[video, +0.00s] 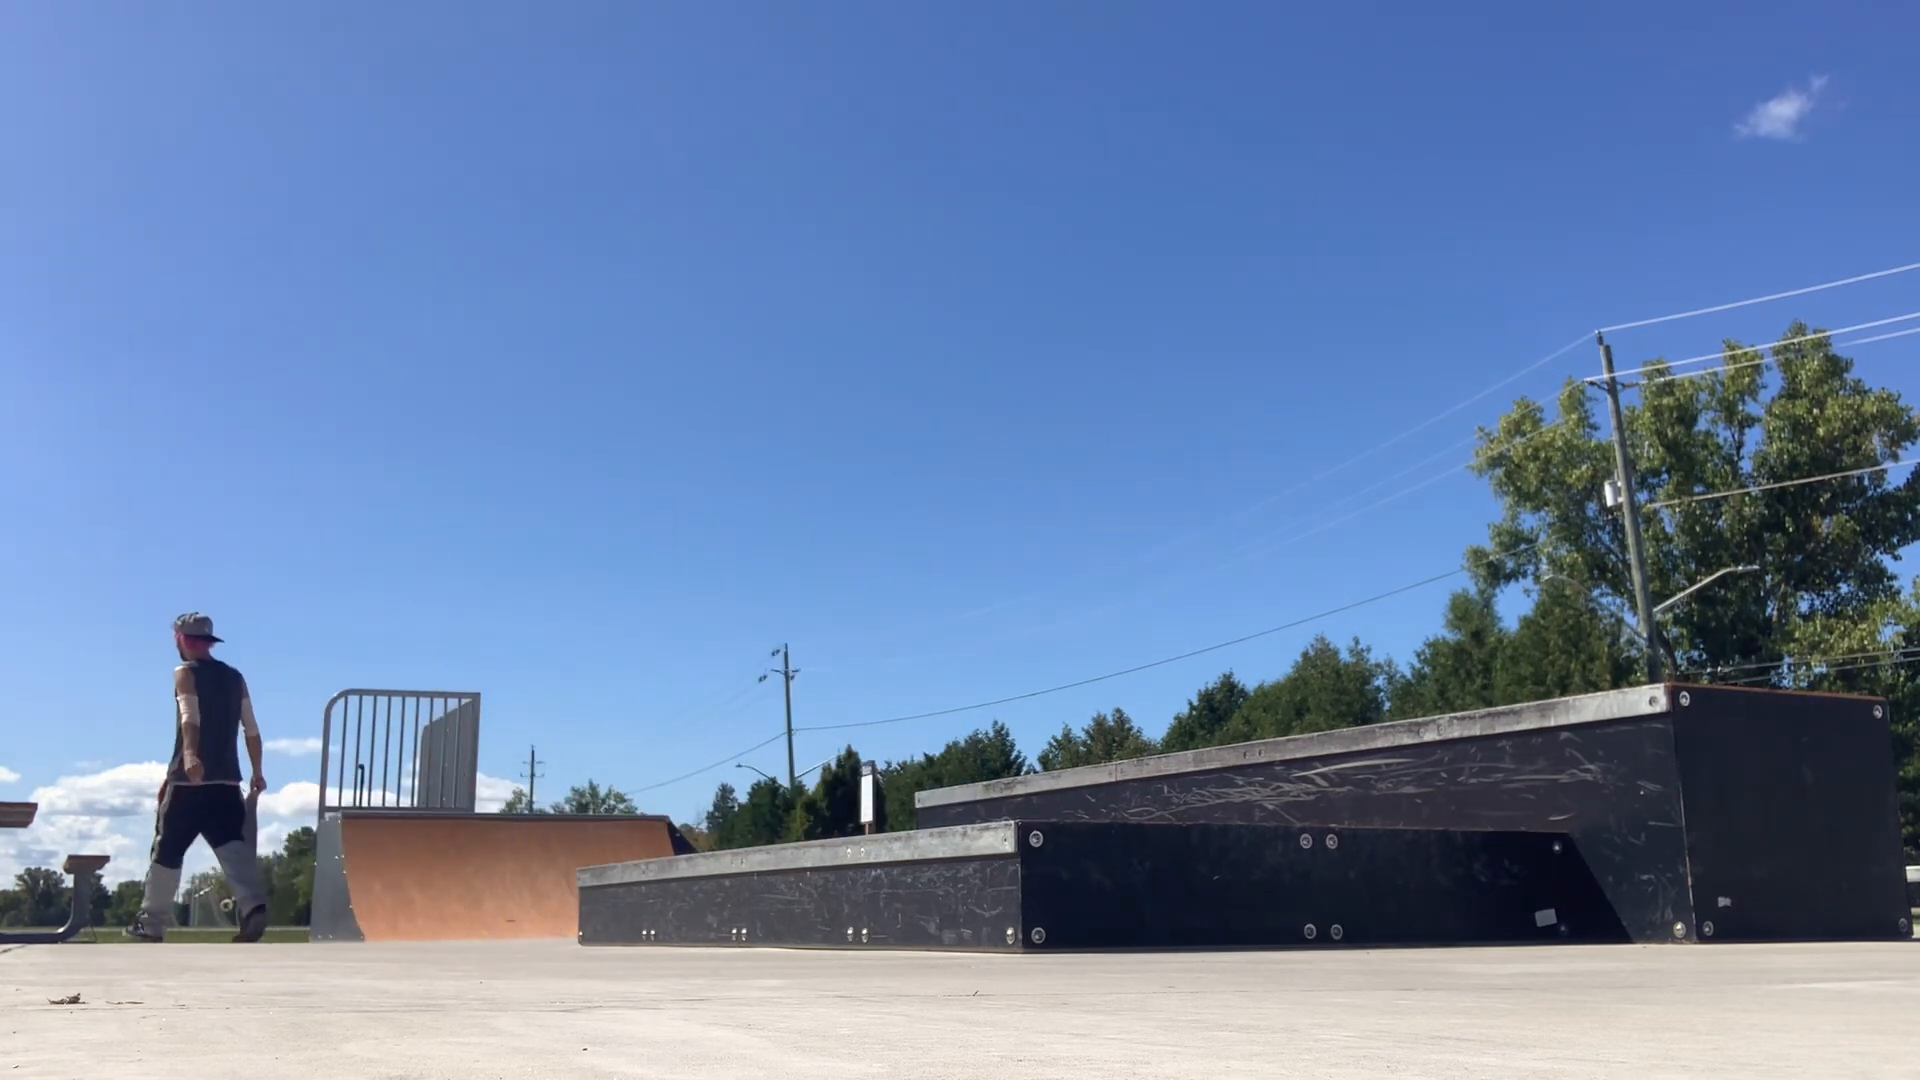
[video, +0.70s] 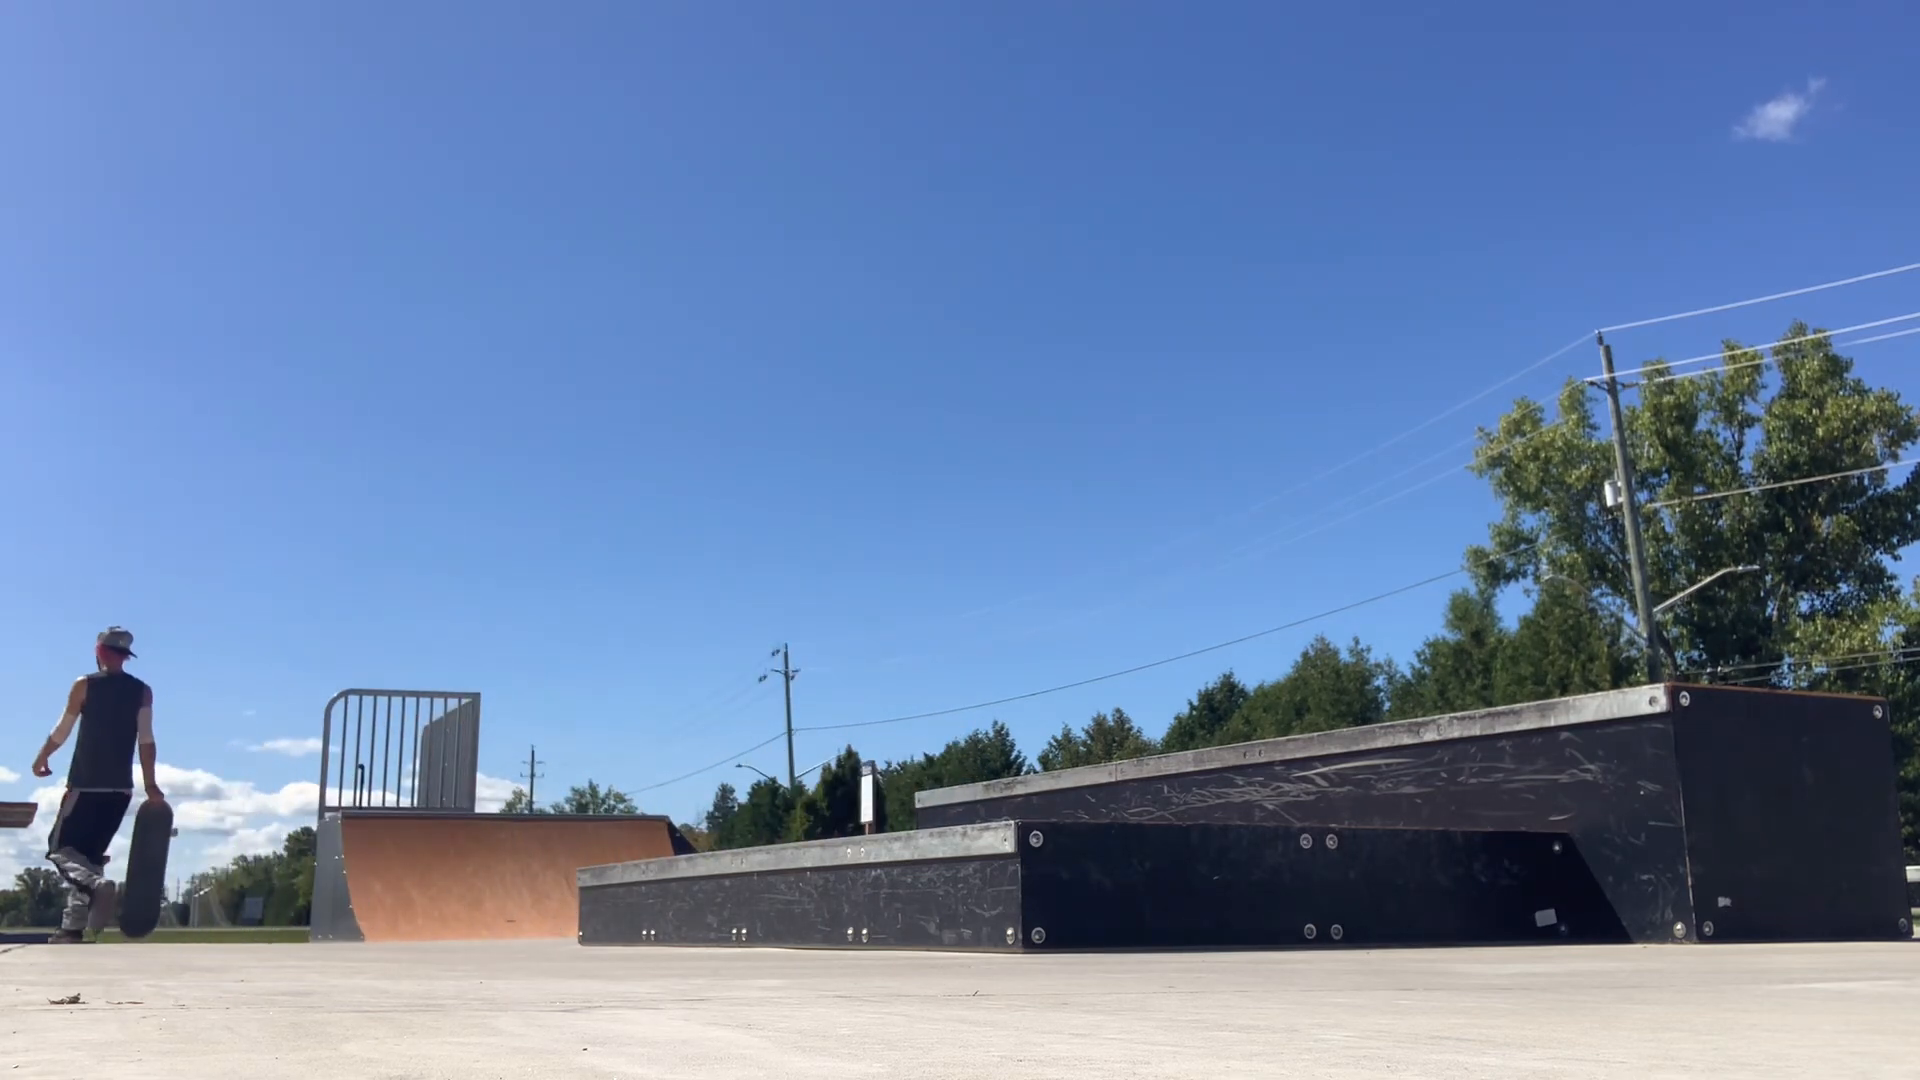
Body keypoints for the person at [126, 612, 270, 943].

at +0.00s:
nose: (178, 644)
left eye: (178, 639)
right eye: (180, 639)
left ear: (182, 640)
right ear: (210, 641)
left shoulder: (184, 673)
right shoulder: (235, 677)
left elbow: (190, 718)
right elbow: (251, 730)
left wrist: (190, 756)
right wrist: (257, 772)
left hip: (187, 782)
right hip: (225, 783)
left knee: (167, 852)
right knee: (231, 846)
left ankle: (151, 923)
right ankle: (251, 907)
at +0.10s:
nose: (160, 646)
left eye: (160, 641)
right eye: (163, 640)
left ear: (164, 640)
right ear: (193, 641)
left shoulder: (167, 673)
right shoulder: (217, 676)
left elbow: (165, 721)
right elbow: (233, 729)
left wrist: (158, 759)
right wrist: (240, 771)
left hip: (167, 783)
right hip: (203, 785)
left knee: (145, 850)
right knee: (194, 839)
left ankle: (149, 925)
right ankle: (225, 887)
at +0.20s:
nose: (148, 642)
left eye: (148, 637)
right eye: (150, 637)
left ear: (153, 637)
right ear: (180, 638)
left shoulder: (152, 671)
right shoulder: (205, 676)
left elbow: (138, 723)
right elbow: (216, 731)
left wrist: (115, 763)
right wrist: (223, 773)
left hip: (152, 778)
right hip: (186, 779)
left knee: (139, 849)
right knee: (172, 840)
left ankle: (149, 926)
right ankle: (191, 890)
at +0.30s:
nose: (137, 644)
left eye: (137, 638)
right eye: (142, 638)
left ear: (140, 637)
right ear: (169, 639)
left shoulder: (139, 671)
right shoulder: (191, 677)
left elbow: (111, 725)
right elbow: (201, 731)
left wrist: (76, 763)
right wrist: (206, 774)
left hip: (142, 777)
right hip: (174, 780)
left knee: (136, 846)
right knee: (149, 843)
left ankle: (150, 925)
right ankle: (154, 912)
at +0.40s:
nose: (125, 648)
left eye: (125, 642)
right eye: (128, 643)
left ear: (129, 643)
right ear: (156, 646)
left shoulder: (126, 677)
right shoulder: (177, 683)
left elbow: (91, 724)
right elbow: (188, 737)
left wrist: (54, 754)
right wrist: (190, 779)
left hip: (130, 778)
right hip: (159, 781)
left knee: (134, 851)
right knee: (129, 853)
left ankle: (151, 926)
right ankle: (105, 923)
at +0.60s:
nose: (104, 655)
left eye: (105, 651)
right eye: (107, 651)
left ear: (108, 652)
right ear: (135, 655)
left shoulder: (99, 686)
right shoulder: (151, 692)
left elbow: (71, 730)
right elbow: (161, 742)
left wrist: (46, 748)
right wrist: (161, 782)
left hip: (98, 785)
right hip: (129, 788)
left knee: (88, 853)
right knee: (96, 856)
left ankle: (129, 903)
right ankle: (72, 928)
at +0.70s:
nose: (102, 656)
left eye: (100, 650)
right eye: (111, 652)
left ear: (100, 651)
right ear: (127, 656)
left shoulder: (84, 685)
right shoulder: (142, 691)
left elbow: (62, 731)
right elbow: (146, 743)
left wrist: (42, 755)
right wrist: (151, 786)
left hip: (86, 788)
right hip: (120, 790)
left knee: (59, 849)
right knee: (91, 858)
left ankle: (99, 887)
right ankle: (72, 929)